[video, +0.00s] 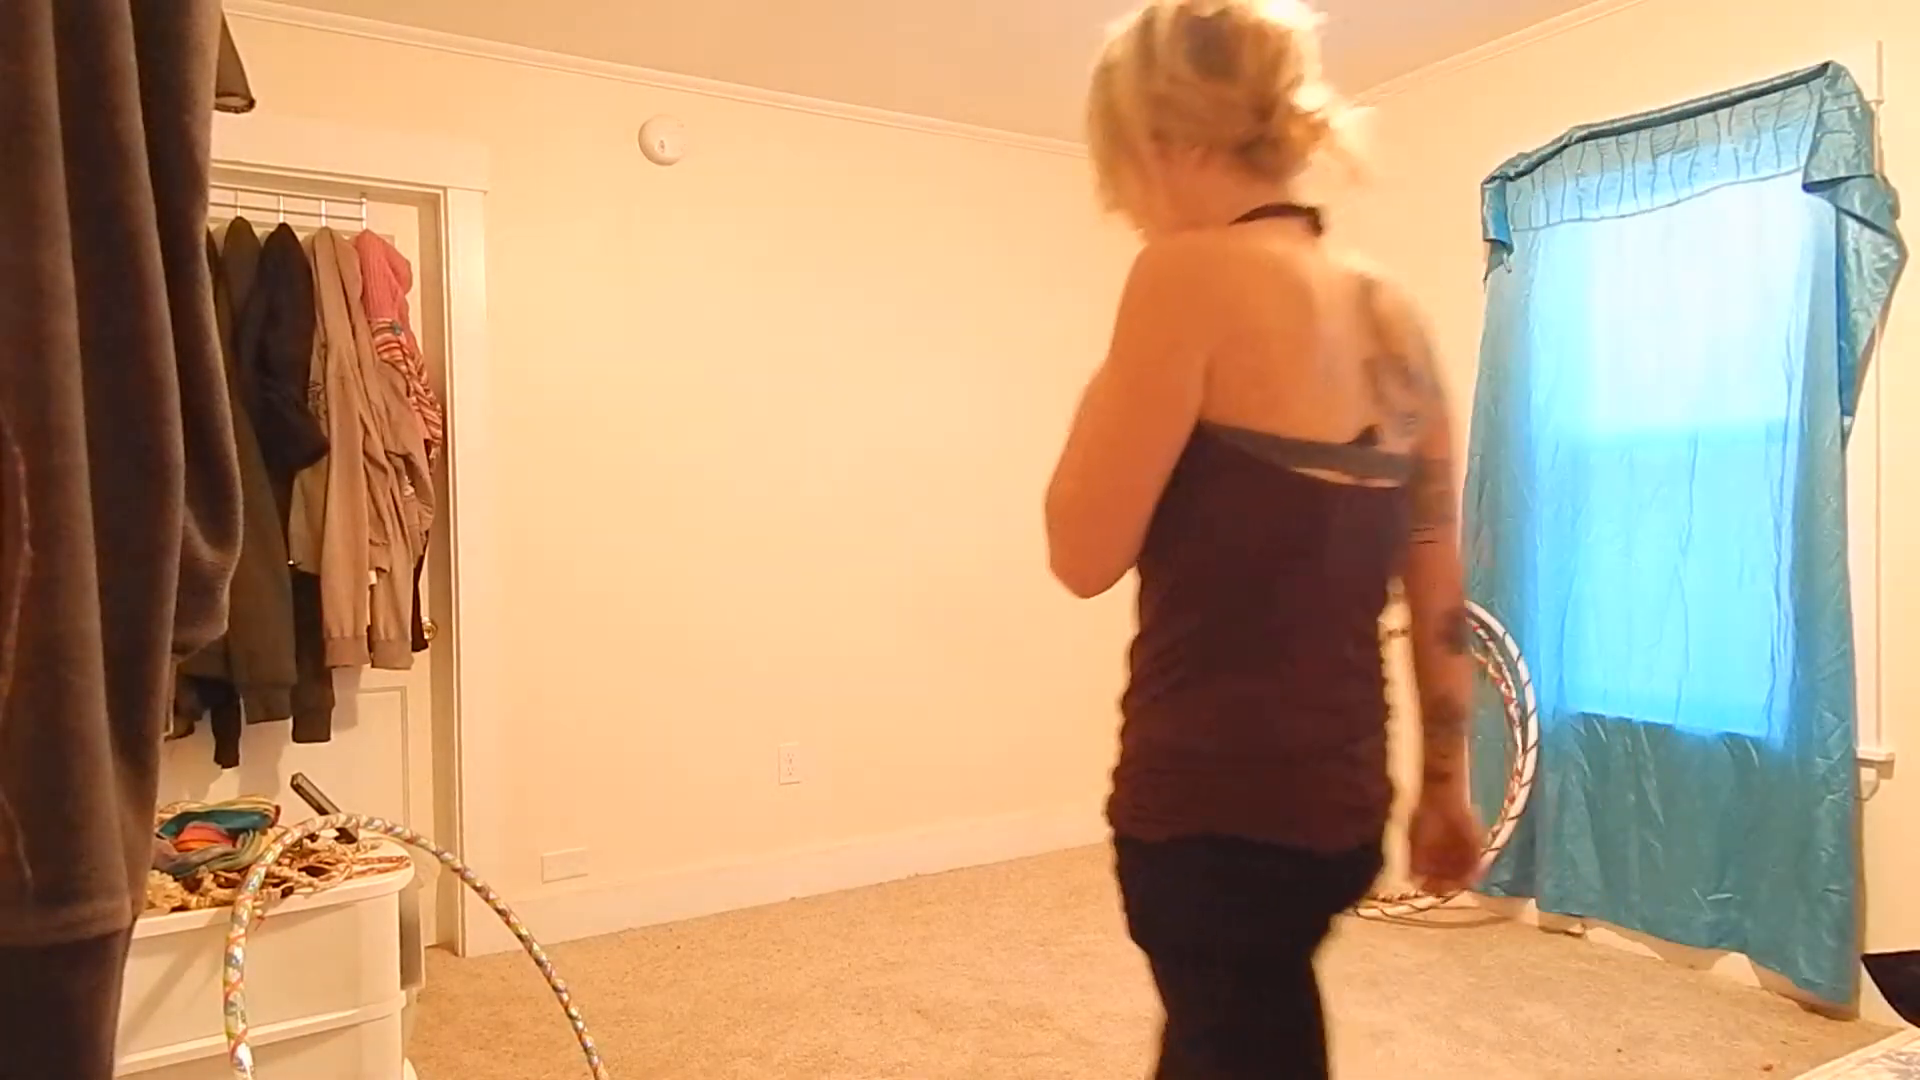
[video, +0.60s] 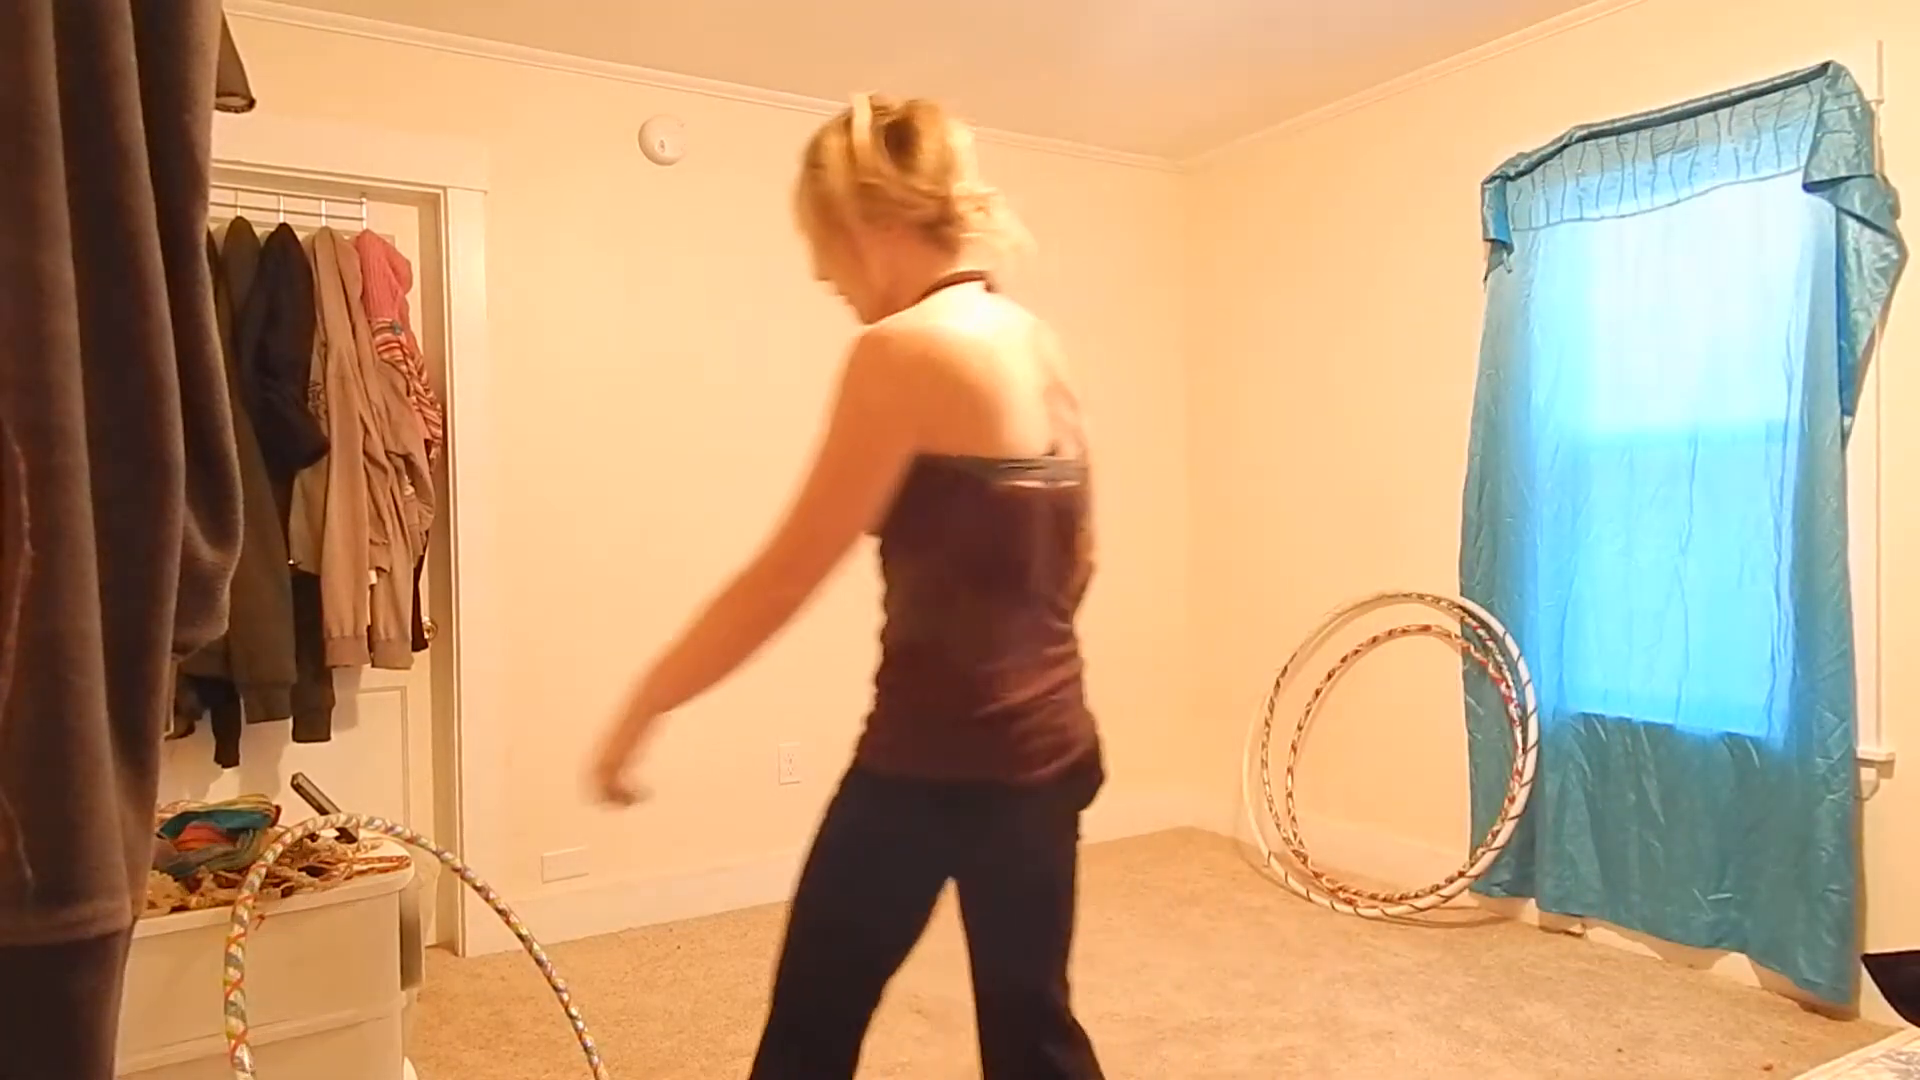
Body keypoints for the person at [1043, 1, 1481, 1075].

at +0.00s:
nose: (1128, 203)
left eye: (1124, 170)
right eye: (1120, 173)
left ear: (1169, 143)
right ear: (1288, 136)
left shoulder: (1190, 276)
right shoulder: (1393, 313)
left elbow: (1083, 555)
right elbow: (1436, 570)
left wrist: (1132, 371)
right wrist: (1446, 772)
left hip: (1205, 810)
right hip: (1339, 809)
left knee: (1262, 1070)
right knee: (1209, 1060)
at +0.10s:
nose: (1070, 220)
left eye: (1072, 186)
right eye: (1065, 190)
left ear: (1125, 166)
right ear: (1220, 161)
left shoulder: (1143, 288)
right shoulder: (1316, 324)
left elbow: (1055, 564)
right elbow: (1362, 570)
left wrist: (1041, 436)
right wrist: (1373, 762)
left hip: (1153, 790)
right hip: (1262, 785)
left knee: (1191, 1062)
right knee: (1152, 1053)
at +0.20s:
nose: (1018, 231)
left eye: (1017, 197)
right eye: (1012, 201)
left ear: (1060, 174)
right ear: (1152, 169)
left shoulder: (1100, 295)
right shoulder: (1240, 321)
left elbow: (1042, 565)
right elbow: (1290, 563)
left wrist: (989, 491)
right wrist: (1292, 740)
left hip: (1102, 770)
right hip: (1201, 759)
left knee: (1067, 1051)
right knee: (1131, 1040)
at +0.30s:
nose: (976, 252)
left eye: (974, 223)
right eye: (969, 227)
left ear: (1020, 192)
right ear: (1097, 184)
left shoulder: (1062, 300)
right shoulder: (1183, 320)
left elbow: (1027, 562)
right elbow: (1224, 566)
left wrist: (930, 550)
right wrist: (1206, 721)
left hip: (1062, 752)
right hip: (1157, 747)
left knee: (955, 1030)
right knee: (1098, 1035)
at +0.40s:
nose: (935, 264)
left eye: (932, 237)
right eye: (929, 240)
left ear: (973, 203)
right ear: (1048, 192)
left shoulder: (1023, 310)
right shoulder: (1134, 321)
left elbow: (986, 560)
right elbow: (1173, 556)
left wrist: (864, 614)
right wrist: (1122, 676)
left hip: (1023, 761)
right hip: (1119, 754)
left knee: (887, 997)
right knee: (1077, 1032)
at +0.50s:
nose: (883, 265)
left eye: (886, 234)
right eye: (877, 239)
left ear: (943, 209)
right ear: (990, 202)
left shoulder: (971, 326)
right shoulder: (1082, 331)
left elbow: (906, 559)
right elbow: (1122, 565)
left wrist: (767, 667)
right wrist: (1042, 671)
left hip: (980, 751)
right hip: (1083, 742)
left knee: (840, 1043)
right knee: (1061, 1036)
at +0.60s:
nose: (823, 273)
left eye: (824, 244)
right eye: (817, 247)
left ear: (876, 225)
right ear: (934, 214)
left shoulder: (904, 352)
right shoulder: (1033, 342)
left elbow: (787, 571)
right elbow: (1072, 562)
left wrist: (647, 702)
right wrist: (987, 674)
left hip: (926, 756)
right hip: (1044, 748)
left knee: (810, 1030)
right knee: (1031, 1029)